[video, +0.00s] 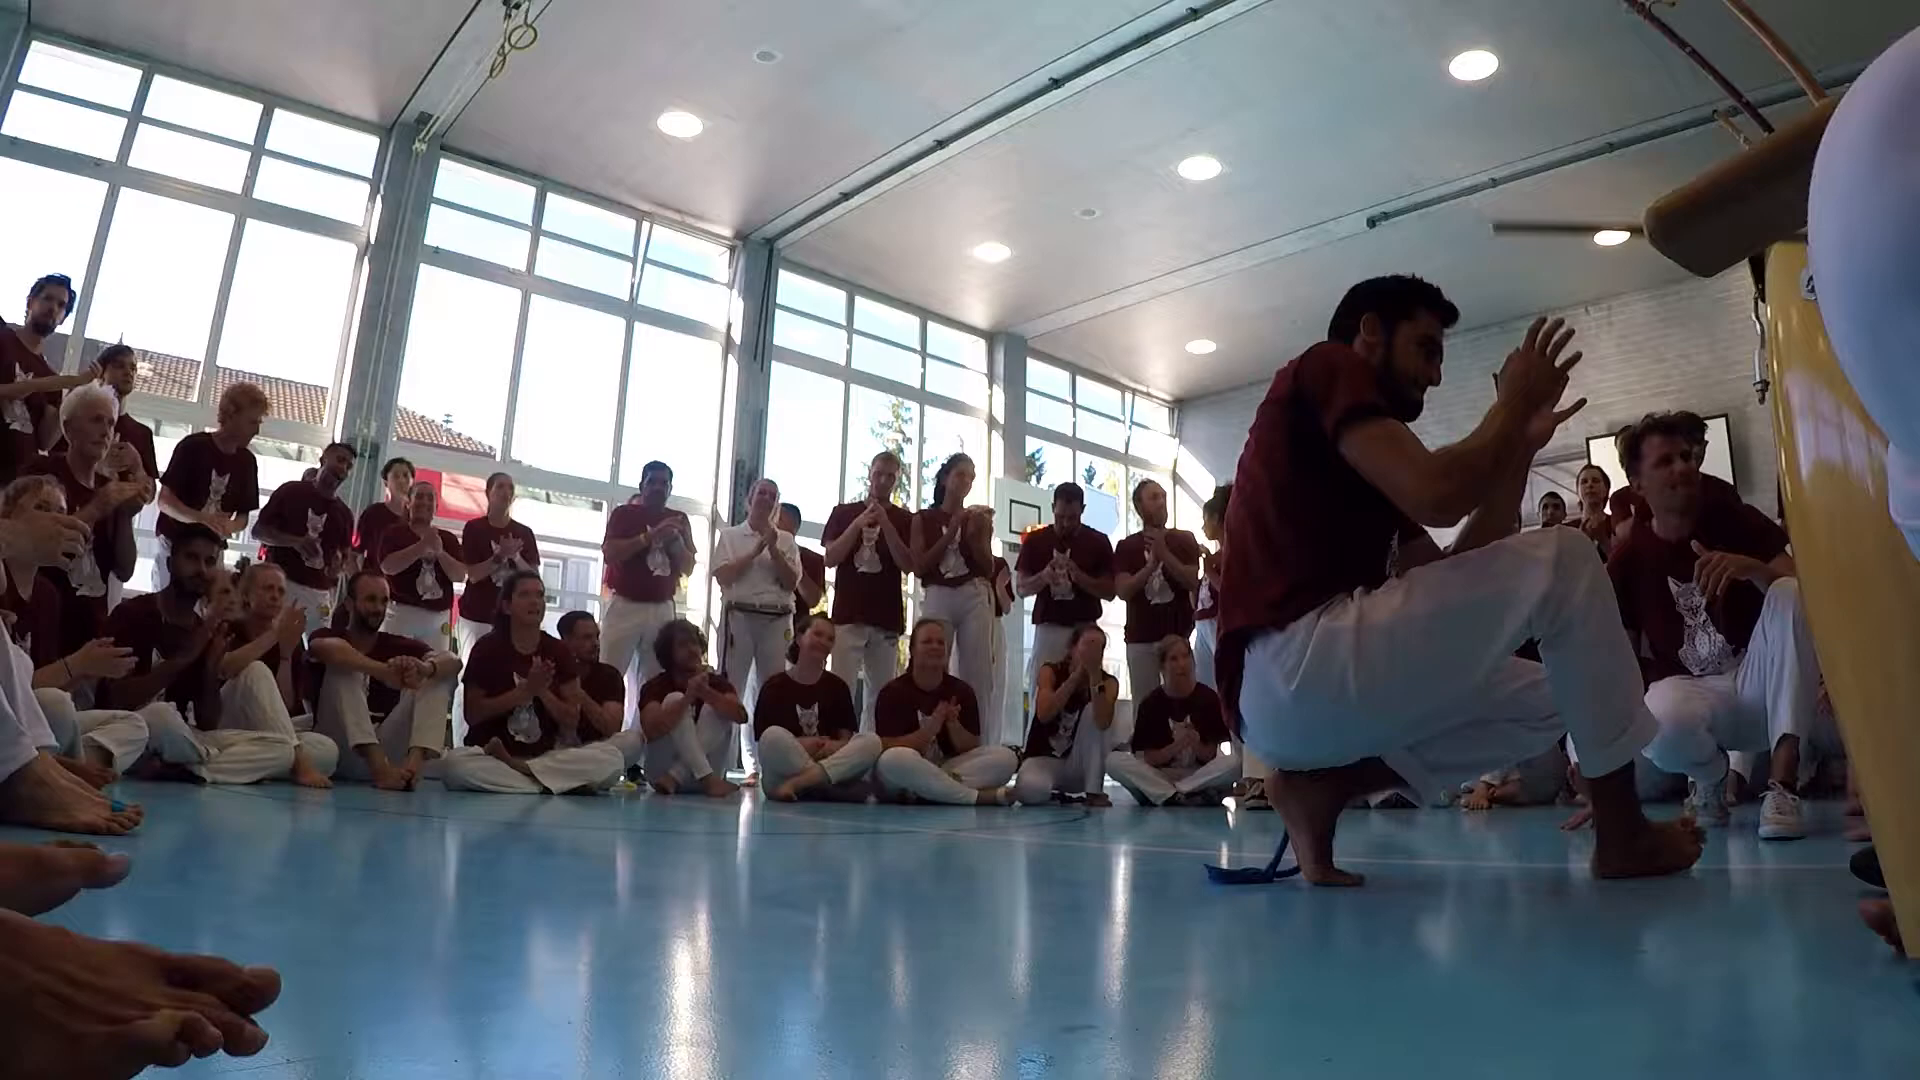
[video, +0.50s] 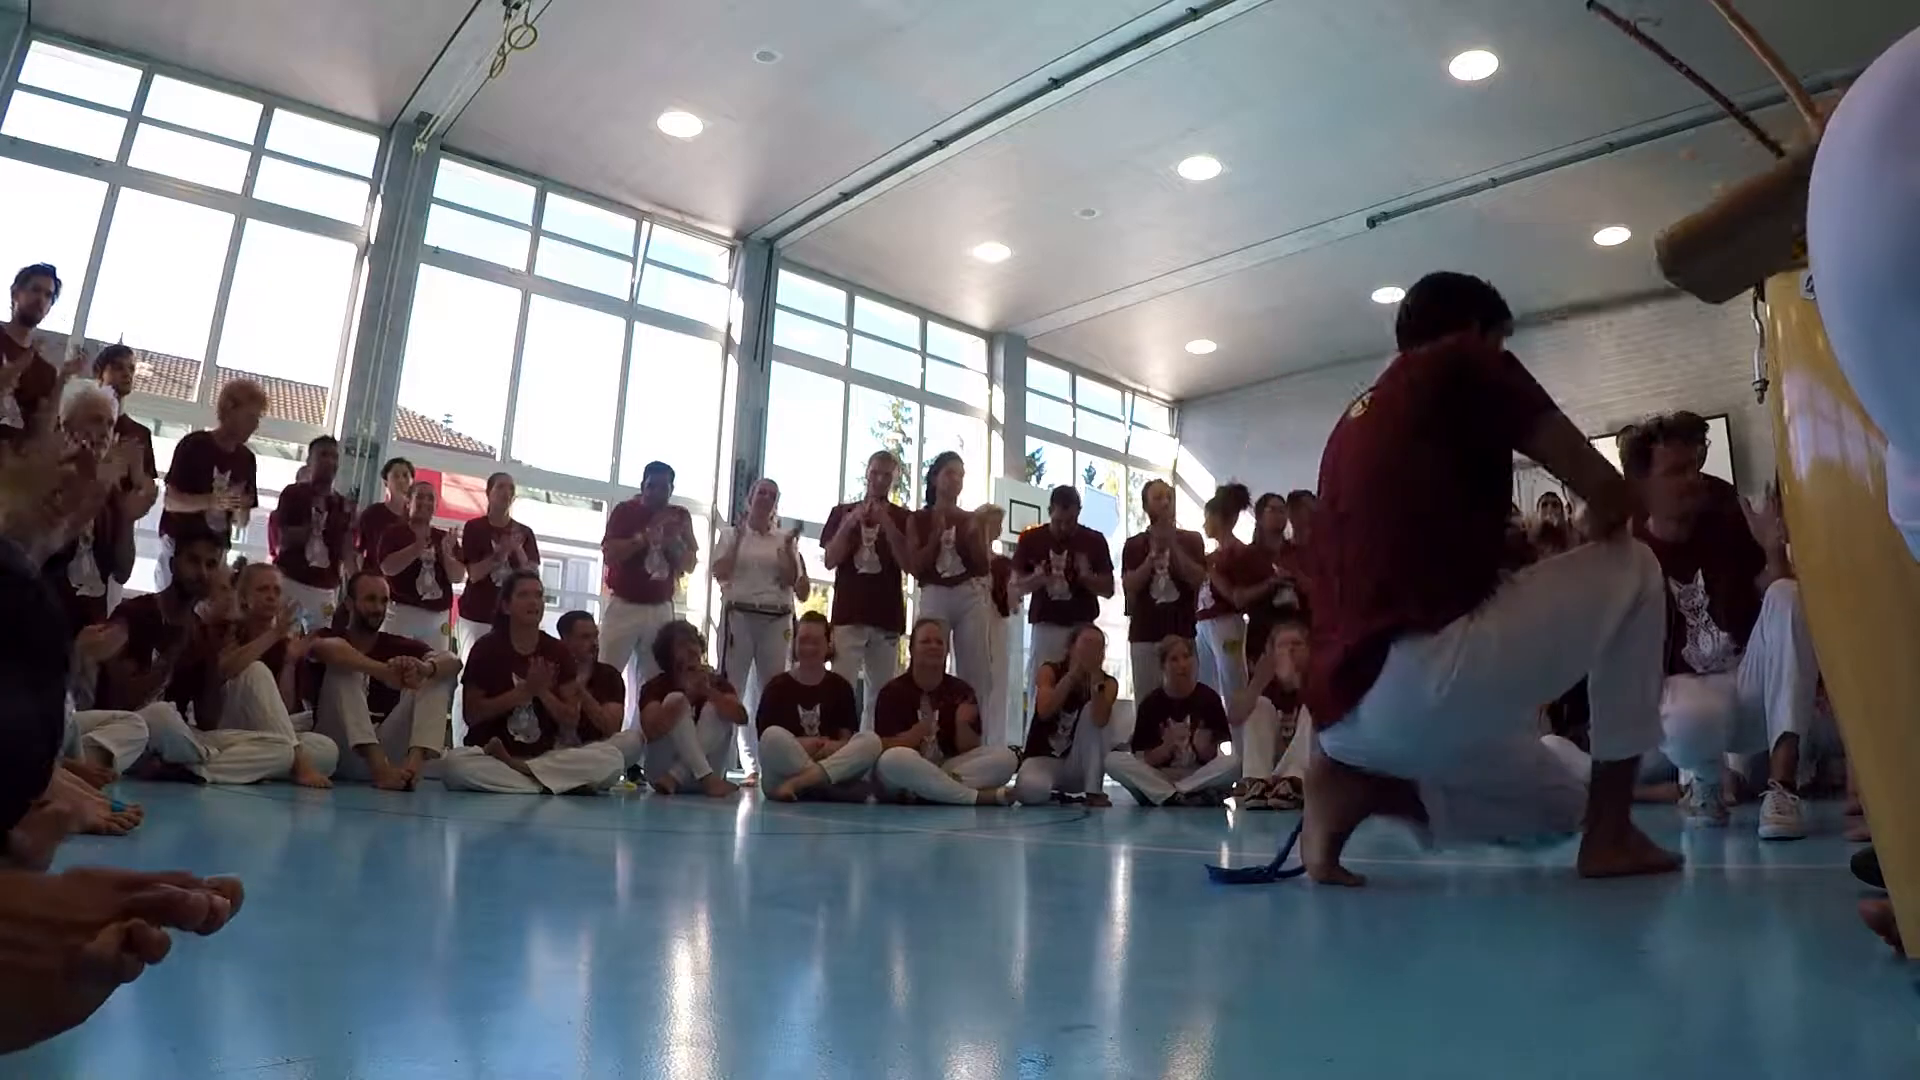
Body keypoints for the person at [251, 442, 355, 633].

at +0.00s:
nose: (343, 469)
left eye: (349, 466)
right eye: (339, 460)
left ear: (350, 472)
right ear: (322, 459)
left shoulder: (345, 514)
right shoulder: (290, 491)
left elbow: (346, 556)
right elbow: (259, 530)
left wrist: (337, 566)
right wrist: (297, 542)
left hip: (320, 595)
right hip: (281, 587)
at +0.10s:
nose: (337, 466)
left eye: (342, 461)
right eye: (331, 458)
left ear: (346, 467)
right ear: (318, 461)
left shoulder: (346, 511)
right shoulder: (291, 492)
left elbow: (348, 558)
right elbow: (260, 531)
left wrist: (339, 566)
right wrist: (296, 540)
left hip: (322, 593)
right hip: (283, 586)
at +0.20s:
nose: (331, 467)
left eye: (334, 461)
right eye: (325, 460)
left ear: (340, 465)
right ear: (313, 462)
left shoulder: (347, 511)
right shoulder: (291, 495)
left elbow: (348, 558)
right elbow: (270, 539)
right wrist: (296, 519)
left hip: (324, 591)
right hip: (287, 583)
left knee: (315, 657)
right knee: (275, 653)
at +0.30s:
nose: (323, 465)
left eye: (329, 459)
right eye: (318, 459)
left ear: (338, 463)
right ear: (309, 463)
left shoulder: (346, 510)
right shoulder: (291, 495)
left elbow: (345, 552)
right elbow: (276, 540)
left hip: (325, 583)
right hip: (291, 575)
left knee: (317, 648)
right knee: (280, 643)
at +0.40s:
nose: (326, 463)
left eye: (331, 457)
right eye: (320, 457)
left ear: (338, 463)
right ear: (309, 462)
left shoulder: (343, 503)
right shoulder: (293, 494)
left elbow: (345, 550)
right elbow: (286, 539)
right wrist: (322, 531)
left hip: (326, 587)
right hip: (290, 580)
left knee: (319, 652)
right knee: (280, 647)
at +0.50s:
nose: (330, 462)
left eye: (335, 456)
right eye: (324, 455)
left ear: (339, 463)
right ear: (309, 460)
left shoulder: (342, 504)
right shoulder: (293, 493)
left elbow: (347, 551)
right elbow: (281, 538)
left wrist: (356, 588)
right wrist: (312, 530)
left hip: (325, 586)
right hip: (290, 580)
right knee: (280, 646)